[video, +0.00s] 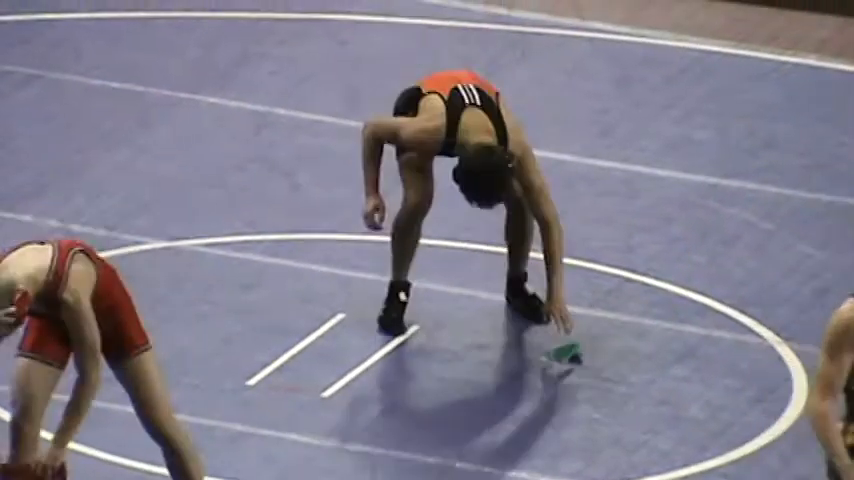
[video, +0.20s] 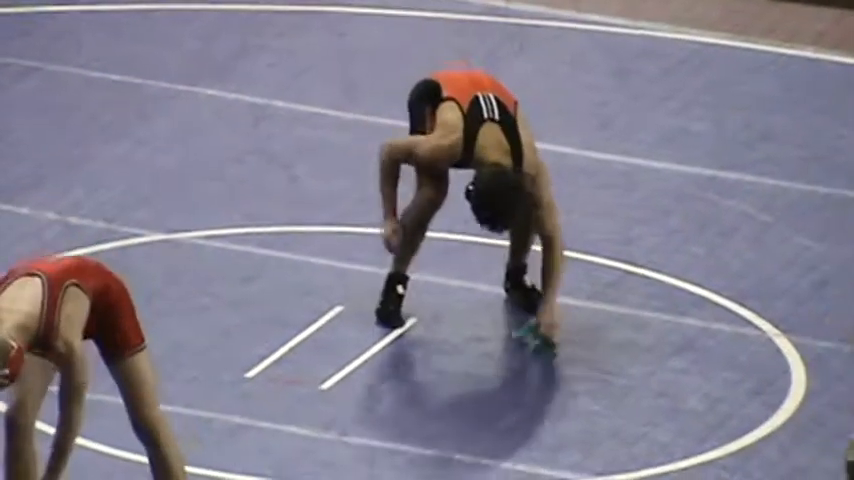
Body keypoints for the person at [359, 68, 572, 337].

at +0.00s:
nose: (488, 207)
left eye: (492, 201)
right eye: (480, 202)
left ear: (505, 173)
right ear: (460, 178)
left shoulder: (517, 148)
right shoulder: (424, 135)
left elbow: (549, 221)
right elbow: (372, 131)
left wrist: (557, 296)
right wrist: (372, 194)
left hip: (486, 98)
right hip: (423, 95)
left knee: (520, 200)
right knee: (417, 202)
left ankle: (516, 287)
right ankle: (397, 292)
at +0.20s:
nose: (498, 232)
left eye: (502, 226)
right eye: (490, 227)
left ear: (520, 192)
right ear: (470, 194)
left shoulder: (532, 169)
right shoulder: (441, 149)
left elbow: (551, 240)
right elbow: (389, 151)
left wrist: (549, 306)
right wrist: (389, 218)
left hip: (499, 99)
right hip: (436, 93)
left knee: (529, 203)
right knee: (431, 195)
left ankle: (516, 279)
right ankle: (395, 286)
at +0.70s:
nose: (469, 199)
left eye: (477, 196)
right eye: (464, 194)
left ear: (500, 165)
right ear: (453, 153)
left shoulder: (515, 140)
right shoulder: (428, 124)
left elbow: (486, 195)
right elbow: (370, 171)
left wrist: (458, 248)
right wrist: (383, 240)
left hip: (486, 73)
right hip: (421, 72)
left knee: (507, 185)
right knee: (413, 186)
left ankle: (513, 275)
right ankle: (391, 282)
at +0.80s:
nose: (460, 202)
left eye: (471, 199)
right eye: (455, 196)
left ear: (494, 167)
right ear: (445, 160)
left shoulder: (508, 141)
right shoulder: (422, 125)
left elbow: (481, 197)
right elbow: (362, 172)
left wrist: (450, 252)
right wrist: (364, 237)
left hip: (480, 74)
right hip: (417, 74)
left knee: (506, 188)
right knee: (410, 189)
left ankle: (514, 274)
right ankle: (390, 282)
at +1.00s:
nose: (446, 211)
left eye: (458, 208)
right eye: (444, 203)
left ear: (477, 181)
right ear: (436, 169)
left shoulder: (497, 148)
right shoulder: (415, 133)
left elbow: (456, 203)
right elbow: (358, 180)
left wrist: (425, 244)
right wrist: (352, 243)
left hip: (473, 77)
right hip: (411, 75)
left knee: (502, 187)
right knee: (407, 191)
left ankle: (516, 276)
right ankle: (390, 281)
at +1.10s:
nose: (445, 214)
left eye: (453, 211)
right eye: (443, 206)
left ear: (477, 185)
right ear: (434, 169)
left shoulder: (493, 152)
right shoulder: (412, 137)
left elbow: (442, 202)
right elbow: (362, 182)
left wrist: (411, 239)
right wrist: (356, 242)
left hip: (470, 78)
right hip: (410, 76)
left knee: (500, 188)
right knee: (404, 191)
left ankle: (516, 275)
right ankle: (390, 283)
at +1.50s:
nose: (448, 220)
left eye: (456, 220)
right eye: (446, 216)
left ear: (482, 186)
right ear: (435, 183)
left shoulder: (490, 154)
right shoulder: (406, 145)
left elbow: (441, 201)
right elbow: (368, 183)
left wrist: (414, 240)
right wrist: (368, 238)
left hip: (464, 79)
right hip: (407, 80)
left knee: (499, 188)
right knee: (404, 188)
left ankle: (518, 274)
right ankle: (389, 282)